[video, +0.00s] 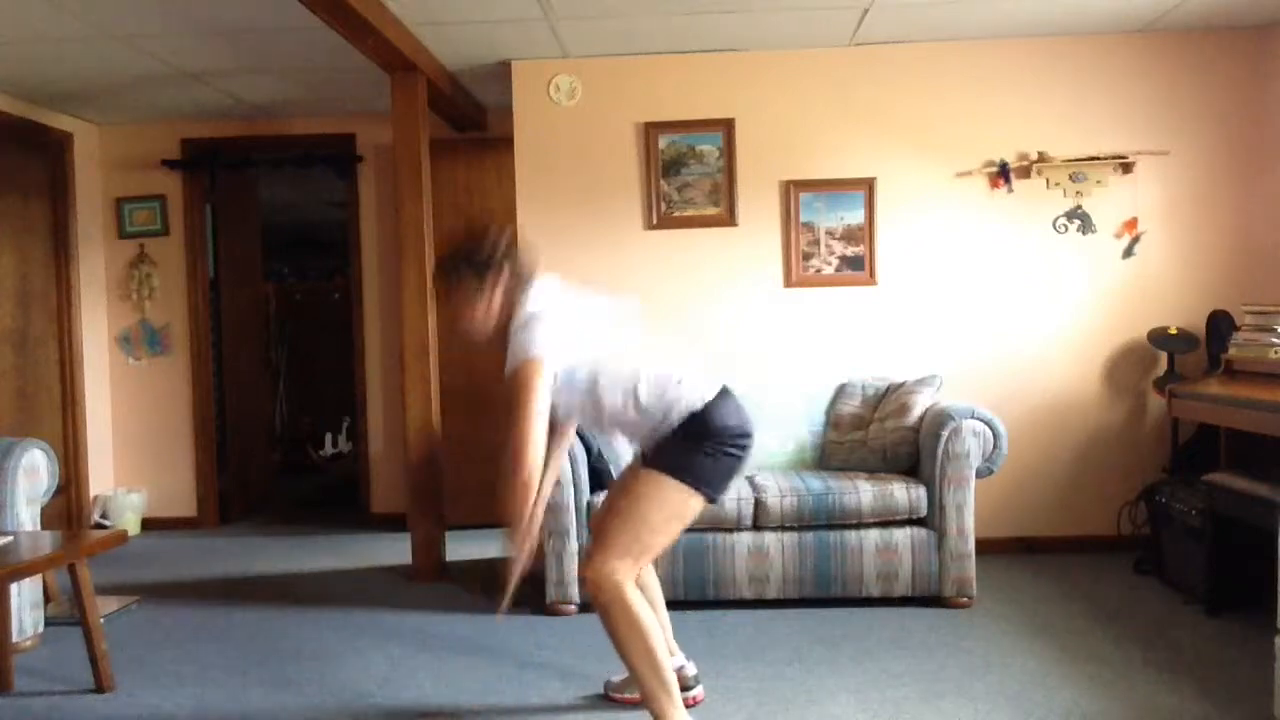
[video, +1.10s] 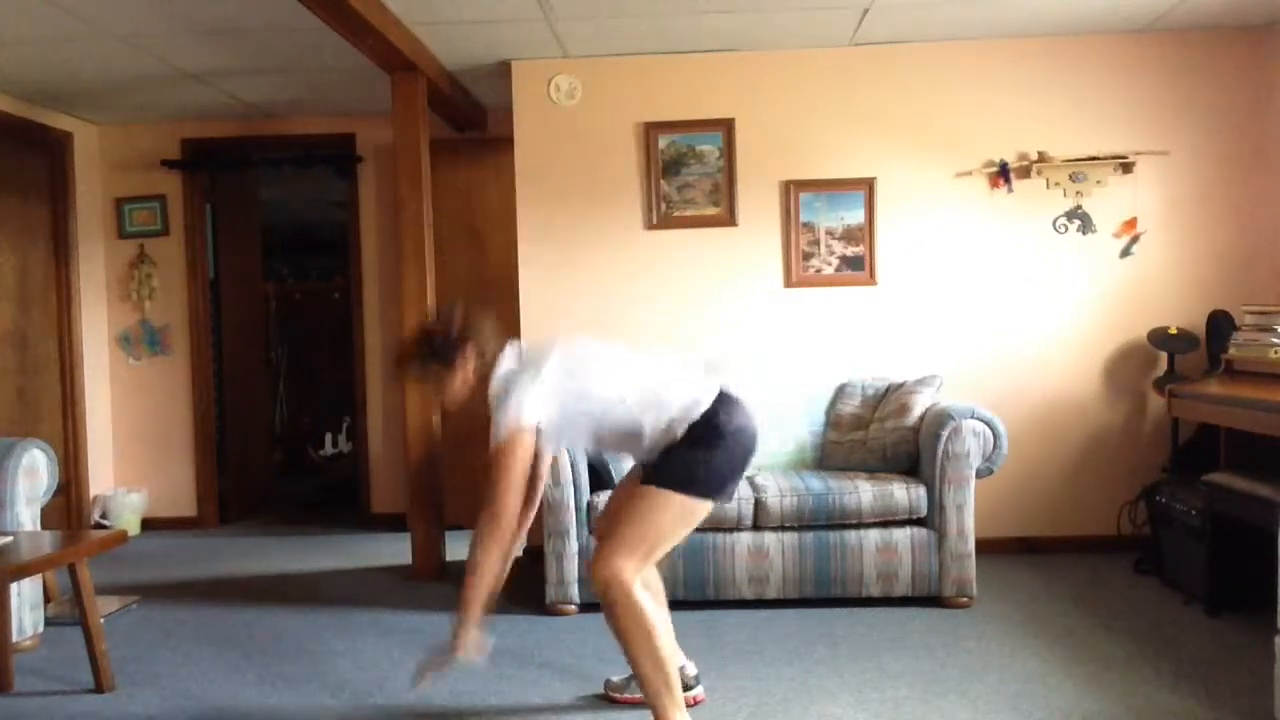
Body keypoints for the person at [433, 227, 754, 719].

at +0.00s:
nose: (459, 317)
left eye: (462, 299)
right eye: (454, 302)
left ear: (494, 283)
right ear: (499, 280)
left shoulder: (535, 322)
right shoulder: (550, 303)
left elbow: (525, 455)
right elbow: (559, 433)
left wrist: (519, 536)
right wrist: (533, 519)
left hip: (705, 424)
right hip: (695, 419)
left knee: (605, 571)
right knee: (612, 536)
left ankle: (671, 711)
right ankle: (670, 666)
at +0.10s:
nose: (504, 188)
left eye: (510, 173)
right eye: (502, 175)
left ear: (549, 166)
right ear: (550, 168)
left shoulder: (567, 219)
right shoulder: (589, 212)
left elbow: (564, 321)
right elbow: (605, 324)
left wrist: (557, 412)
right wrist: (575, 397)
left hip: (675, 400)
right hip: (677, 395)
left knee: (611, 564)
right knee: (628, 546)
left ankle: (671, 708)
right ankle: (671, 668)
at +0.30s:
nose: (567, 130)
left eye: (579, 115)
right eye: (560, 118)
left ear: (616, 117)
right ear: (560, 122)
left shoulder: (614, 177)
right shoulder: (629, 179)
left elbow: (614, 248)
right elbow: (642, 262)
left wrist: (593, 333)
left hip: (637, 375)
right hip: (647, 370)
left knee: (626, 548)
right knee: (634, 536)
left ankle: (673, 705)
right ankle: (672, 667)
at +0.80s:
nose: (529, 150)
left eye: (539, 134)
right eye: (523, 137)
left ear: (575, 129)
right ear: (577, 137)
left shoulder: (589, 188)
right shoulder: (609, 186)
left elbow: (582, 268)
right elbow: (643, 288)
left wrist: (568, 359)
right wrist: (611, 364)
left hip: (651, 382)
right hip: (656, 378)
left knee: (636, 554)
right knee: (646, 545)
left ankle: (676, 704)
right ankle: (674, 670)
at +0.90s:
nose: (471, 217)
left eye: (478, 200)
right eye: (468, 202)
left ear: (515, 190)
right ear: (520, 192)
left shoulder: (542, 235)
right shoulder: (560, 223)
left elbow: (519, 351)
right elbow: (568, 329)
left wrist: (510, 447)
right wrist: (565, 408)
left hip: (681, 393)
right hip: (685, 387)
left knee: (635, 558)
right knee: (649, 548)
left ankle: (675, 708)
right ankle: (674, 672)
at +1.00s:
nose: (447, 282)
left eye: (452, 267)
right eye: (443, 269)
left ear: (488, 251)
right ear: (492, 250)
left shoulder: (526, 294)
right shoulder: (538, 280)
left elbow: (505, 417)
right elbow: (555, 388)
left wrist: (486, 519)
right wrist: (542, 475)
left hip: (701, 400)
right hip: (693, 398)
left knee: (631, 559)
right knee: (642, 549)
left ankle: (676, 711)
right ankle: (675, 672)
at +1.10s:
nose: (440, 392)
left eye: (440, 376)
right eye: (434, 380)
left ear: (467, 357)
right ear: (469, 356)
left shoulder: (517, 388)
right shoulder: (532, 375)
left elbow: (501, 516)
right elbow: (522, 511)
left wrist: (467, 623)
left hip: (708, 428)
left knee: (615, 570)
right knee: (613, 533)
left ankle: (671, 711)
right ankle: (673, 671)